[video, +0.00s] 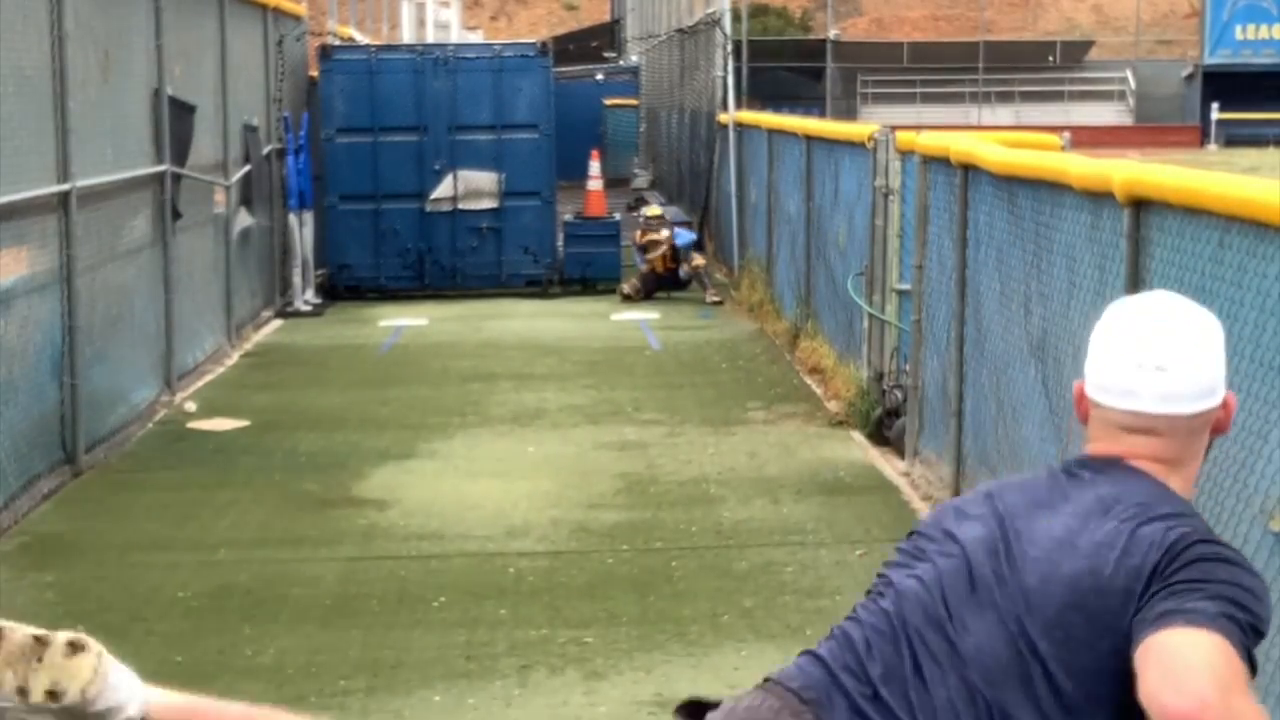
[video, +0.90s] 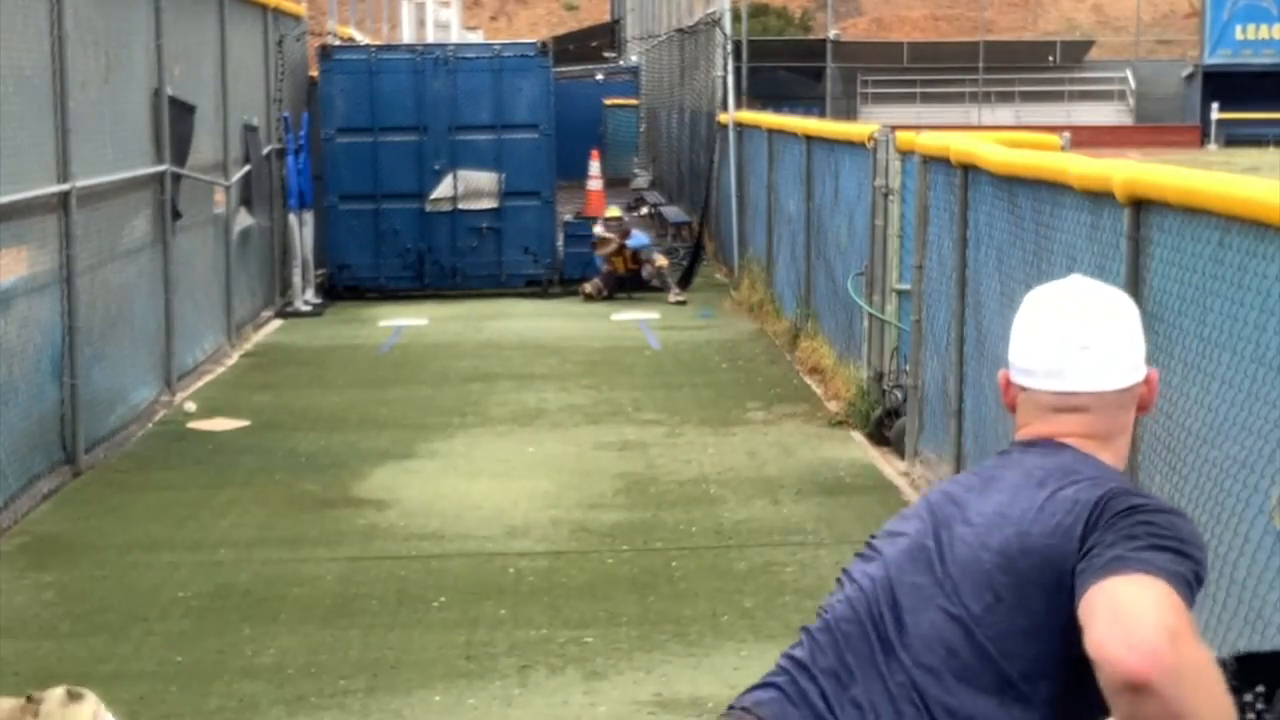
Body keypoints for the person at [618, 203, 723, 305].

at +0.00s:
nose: (654, 223)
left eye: (657, 219)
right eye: (650, 220)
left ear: (663, 220)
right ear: (643, 221)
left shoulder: (671, 232)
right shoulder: (639, 238)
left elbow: (692, 238)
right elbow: (641, 263)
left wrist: (673, 243)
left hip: (676, 273)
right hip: (653, 274)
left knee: (695, 259)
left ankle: (710, 293)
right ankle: (631, 290)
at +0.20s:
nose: (657, 224)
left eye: (660, 220)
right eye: (652, 221)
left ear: (665, 220)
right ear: (645, 223)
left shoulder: (675, 232)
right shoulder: (642, 235)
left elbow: (696, 235)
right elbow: (635, 247)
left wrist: (678, 230)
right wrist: (641, 263)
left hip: (676, 274)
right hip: (654, 274)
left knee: (694, 261)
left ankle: (711, 293)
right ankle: (632, 290)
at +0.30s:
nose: (654, 223)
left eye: (657, 219)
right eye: (650, 220)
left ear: (662, 219)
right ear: (644, 221)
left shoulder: (672, 230)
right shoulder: (640, 233)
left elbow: (691, 237)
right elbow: (632, 246)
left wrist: (675, 229)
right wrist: (636, 263)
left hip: (675, 274)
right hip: (653, 274)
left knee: (693, 262)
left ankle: (711, 293)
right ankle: (633, 290)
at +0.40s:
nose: (615, 234)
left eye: (618, 229)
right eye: (611, 230)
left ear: (624, 228)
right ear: (604, 229)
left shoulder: (633, 240)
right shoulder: (597, 243)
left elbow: (650, 261)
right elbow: (598, 263)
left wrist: (633, 280)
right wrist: (606, 272)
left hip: (635, 274)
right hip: (613, 276)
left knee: (659, 263)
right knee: (588, 290)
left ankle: (673, 292)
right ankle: (602, 291)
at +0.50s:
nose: (615, 233)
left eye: (619, 229)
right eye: (611, 229)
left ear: (624, 228)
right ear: (605, 229)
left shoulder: (633, 241)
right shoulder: (598, 243)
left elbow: (651, 260)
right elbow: (599, 264)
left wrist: (631, 276)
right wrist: (608, 274)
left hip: (634, 276)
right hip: (612, 277)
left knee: (658, 264)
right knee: (588, 289)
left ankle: (673, 292)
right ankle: (591, 291)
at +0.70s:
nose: (616, 234)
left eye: (620, 229)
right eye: (613, 230)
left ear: (625, 228)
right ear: (606, 229)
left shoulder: (634, 240)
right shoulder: (597, 243)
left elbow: (653, 256)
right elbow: (600, 265)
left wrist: (632, 262)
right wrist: (613, 265)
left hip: (635, 274)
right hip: (613, 275)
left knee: (656, 264)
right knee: (603, 281)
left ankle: (673, 292)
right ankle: (593, 289)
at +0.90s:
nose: (614, 224)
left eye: (617, 220)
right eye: (610, 221)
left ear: (623, 221)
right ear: (604, 223)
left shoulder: (633, 235)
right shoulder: (601, 240)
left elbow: (648, 250)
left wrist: (658, 260)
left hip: (637, 275)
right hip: (615, 276)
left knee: (657, 265)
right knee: (603, 281)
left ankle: (673, 292)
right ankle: (592, 289)